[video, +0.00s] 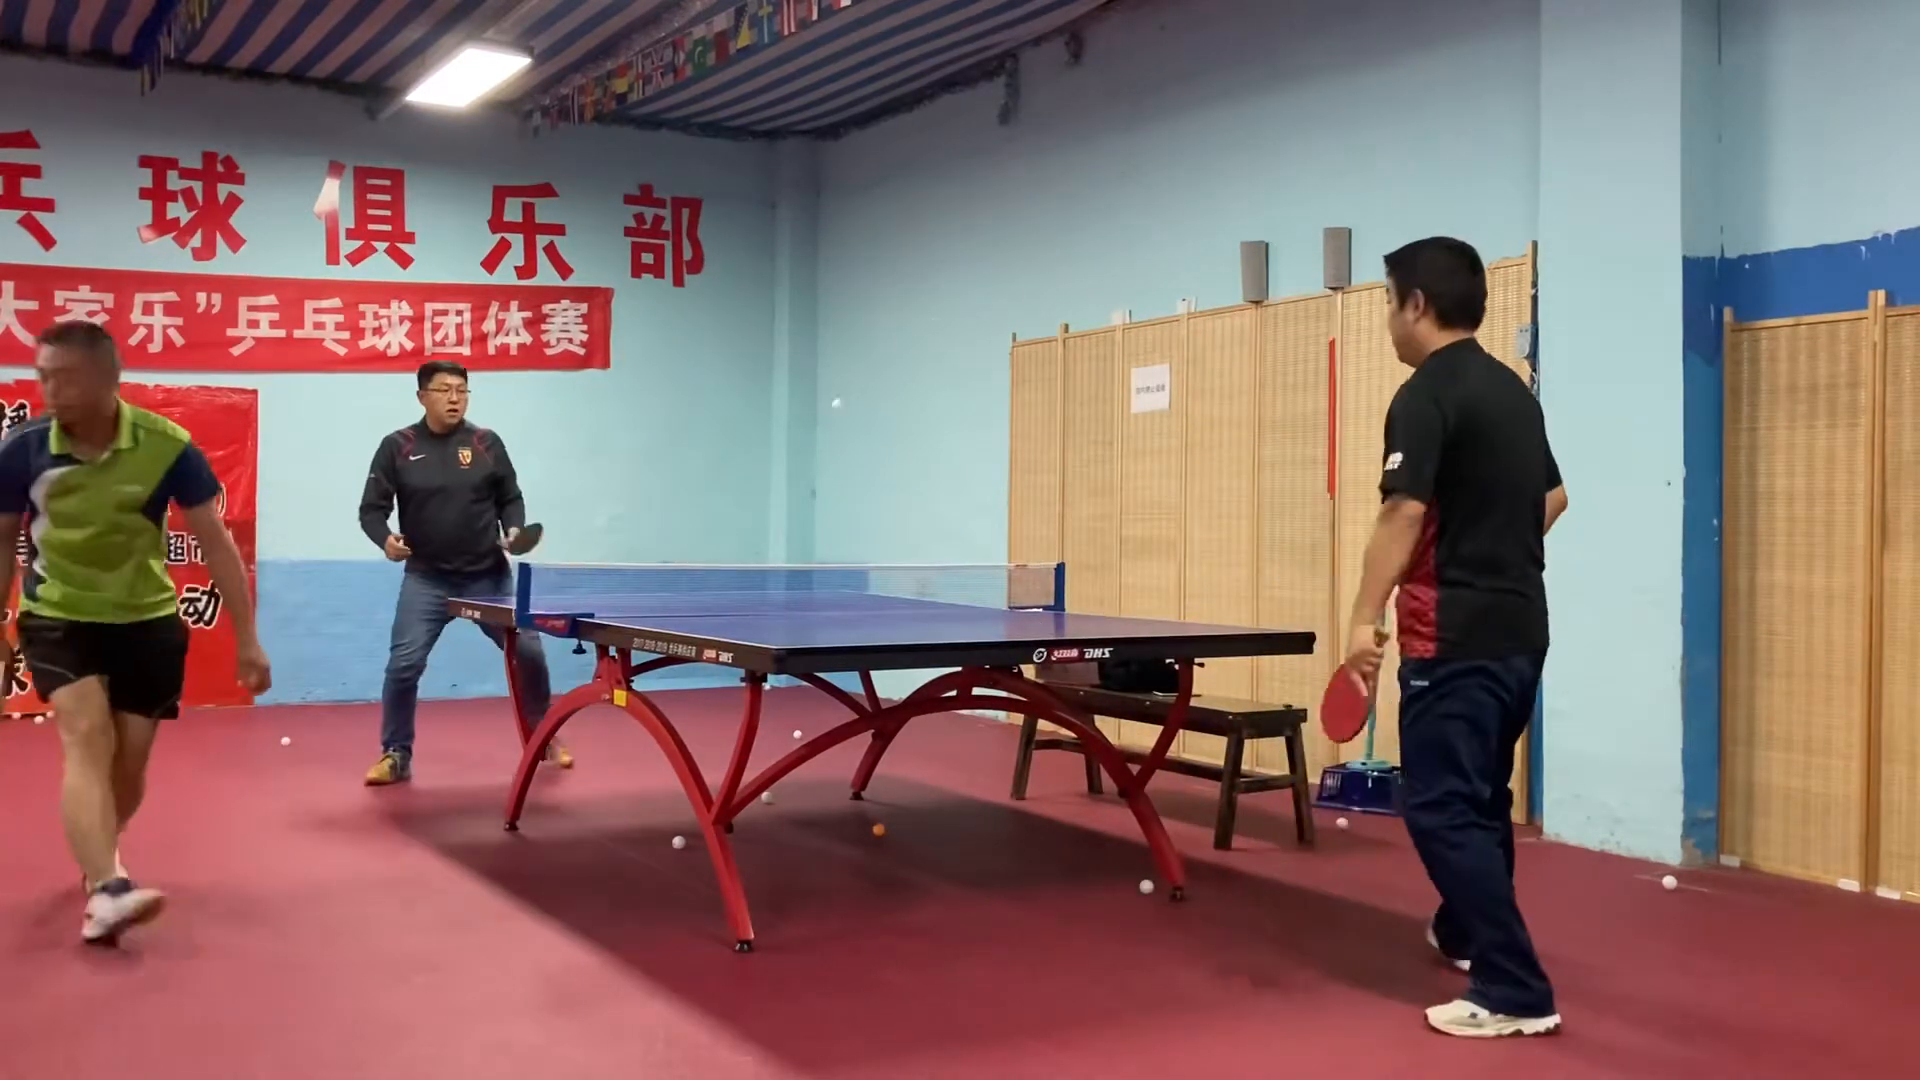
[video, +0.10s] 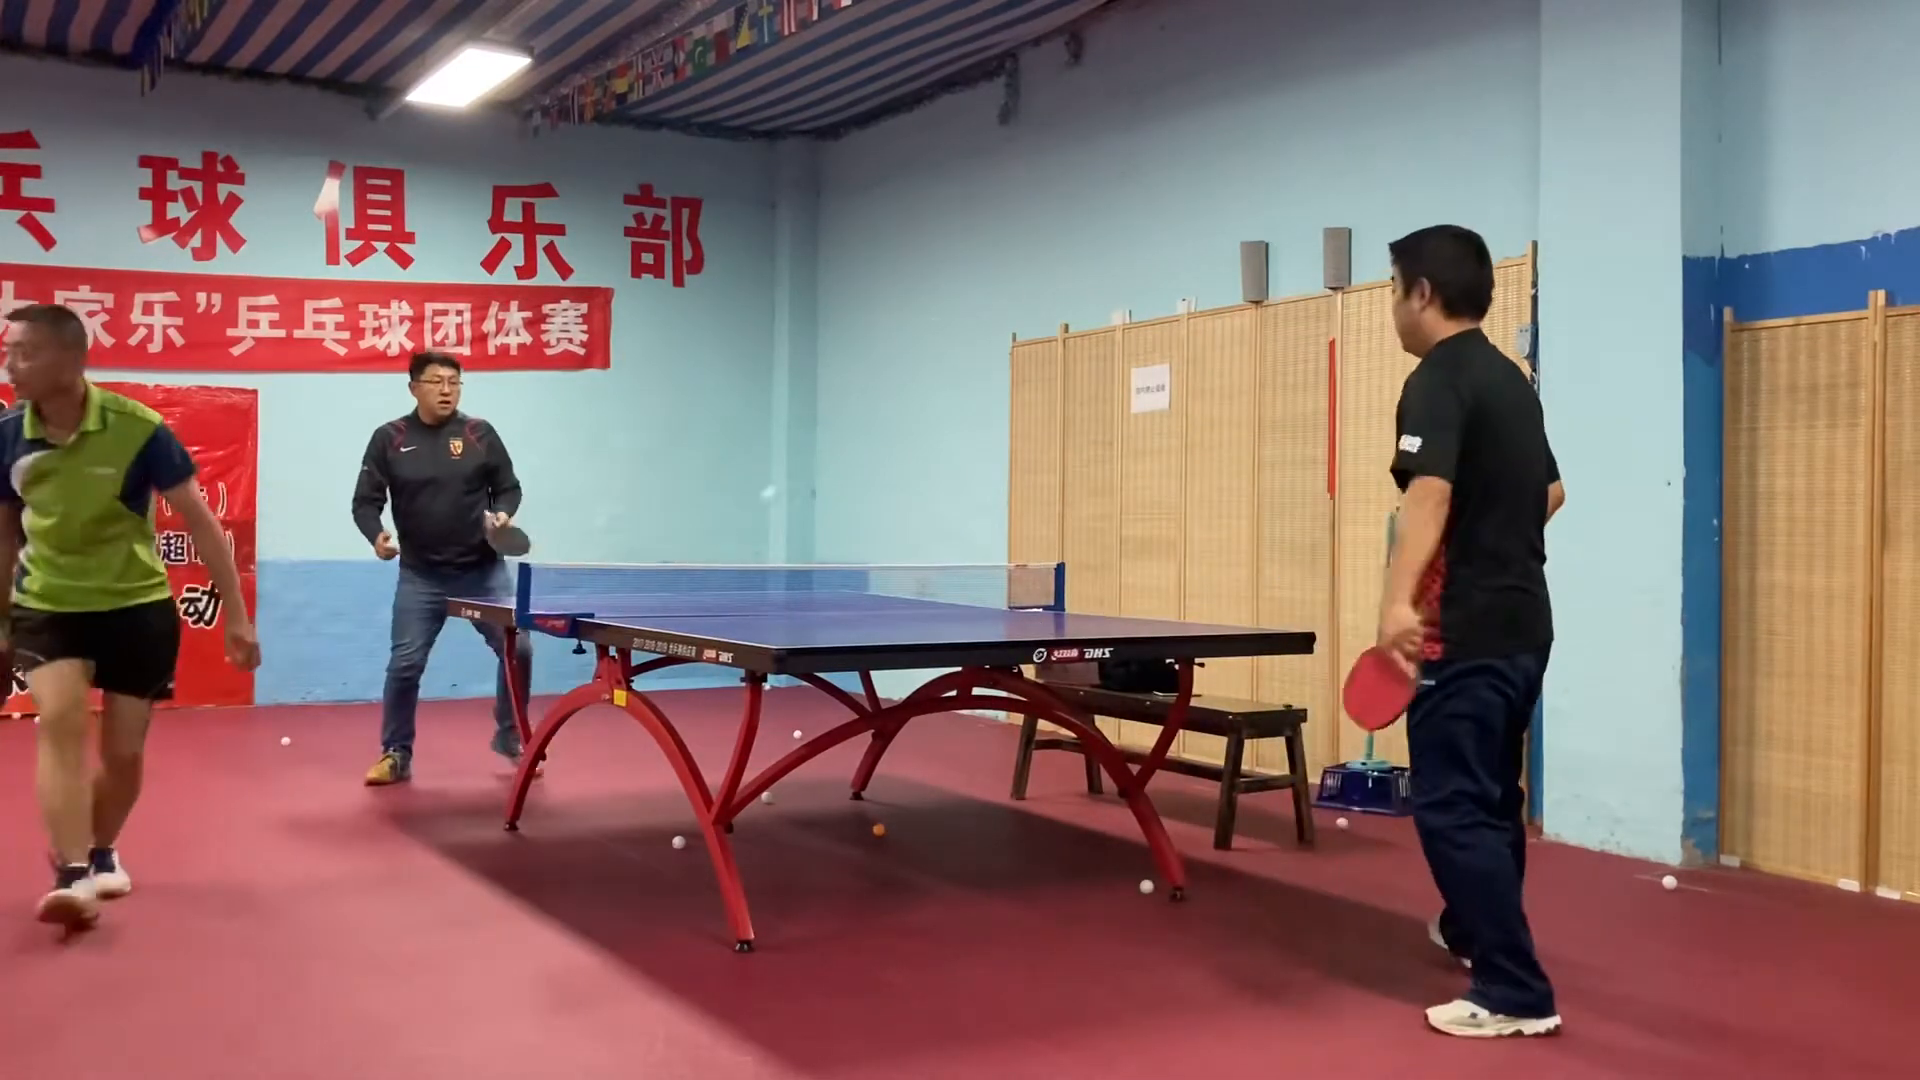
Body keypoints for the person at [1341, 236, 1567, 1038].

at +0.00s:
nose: (1388, 321)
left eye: (1391, 306)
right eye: (1388, 306)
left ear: (1417, 304)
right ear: (1469, 307)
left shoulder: (1425, 393)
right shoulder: (1510, 385)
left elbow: (1403, 513)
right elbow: (1551, 497)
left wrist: (1363, 619)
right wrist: (1487, 556)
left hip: (1456, 638)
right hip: (1516, 632)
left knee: (1436, 806)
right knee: (1482, 790)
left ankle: (1515, 993)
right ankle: (1465, 926)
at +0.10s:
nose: (1391, 309)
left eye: (1395, 293)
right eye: (1393, 292)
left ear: (1422, 293)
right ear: (1473, 296)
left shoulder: (1439, 377)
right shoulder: (1510, 376)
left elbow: (1430, 494)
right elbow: (1547, 491)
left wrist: (1398, 599)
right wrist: (1480, 553)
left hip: (1468, 628)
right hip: (1518, 625)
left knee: (1450, 805)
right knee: (1491, 789)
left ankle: (1515, 994)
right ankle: (1478, 926)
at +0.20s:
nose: (1393, 300)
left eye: (1397, 284)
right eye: (1395, 284)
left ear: (1426, 284)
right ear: (1472, 286)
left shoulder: (1451, 366)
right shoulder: (1506, 366)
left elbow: (1457, 479)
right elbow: (1546, 483)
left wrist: (1442, 585)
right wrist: (1484, 545)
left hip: (1470, 629)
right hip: (1511, 625)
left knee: (1461, 805)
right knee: (1492, 793)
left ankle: (1515, 994)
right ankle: (1508, 952)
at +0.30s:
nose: (1395, 299)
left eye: (1398, 282)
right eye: (1397, 282)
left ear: (1429, 281)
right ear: (1468, 282)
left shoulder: (1460, 360)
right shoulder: (1500, 360)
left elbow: (1477, 485)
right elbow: (1539, 480)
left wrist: (1483, 591)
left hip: (1465, 625)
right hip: (1500, 617)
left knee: (1471, 803)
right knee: (1492, 791)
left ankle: (1514, 994)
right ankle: (1526, 953)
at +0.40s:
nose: (1394, 305)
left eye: (1398, 289)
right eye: (1396, 289)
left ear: (1427, 287)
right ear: (1458, 288)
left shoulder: (1465, 371)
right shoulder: (1484, 364)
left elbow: (1484, 499)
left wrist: (1497, 612)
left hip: (1457, 634)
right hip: (1470, 624)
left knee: (1469, 802)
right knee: (1478, 793)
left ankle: (1515, 994)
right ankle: (1497, 947)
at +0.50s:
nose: (1382, 322)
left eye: (1384, 305)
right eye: (1381, 306)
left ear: (1414, 299)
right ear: (1448, 296)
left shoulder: (1449, 380)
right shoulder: (1487, 374)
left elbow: (1434, 504)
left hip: (1457, 642)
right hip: (1492, 634)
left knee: (1454, 802)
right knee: (1478, 794)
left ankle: (1511, 989)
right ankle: (1496, 952)